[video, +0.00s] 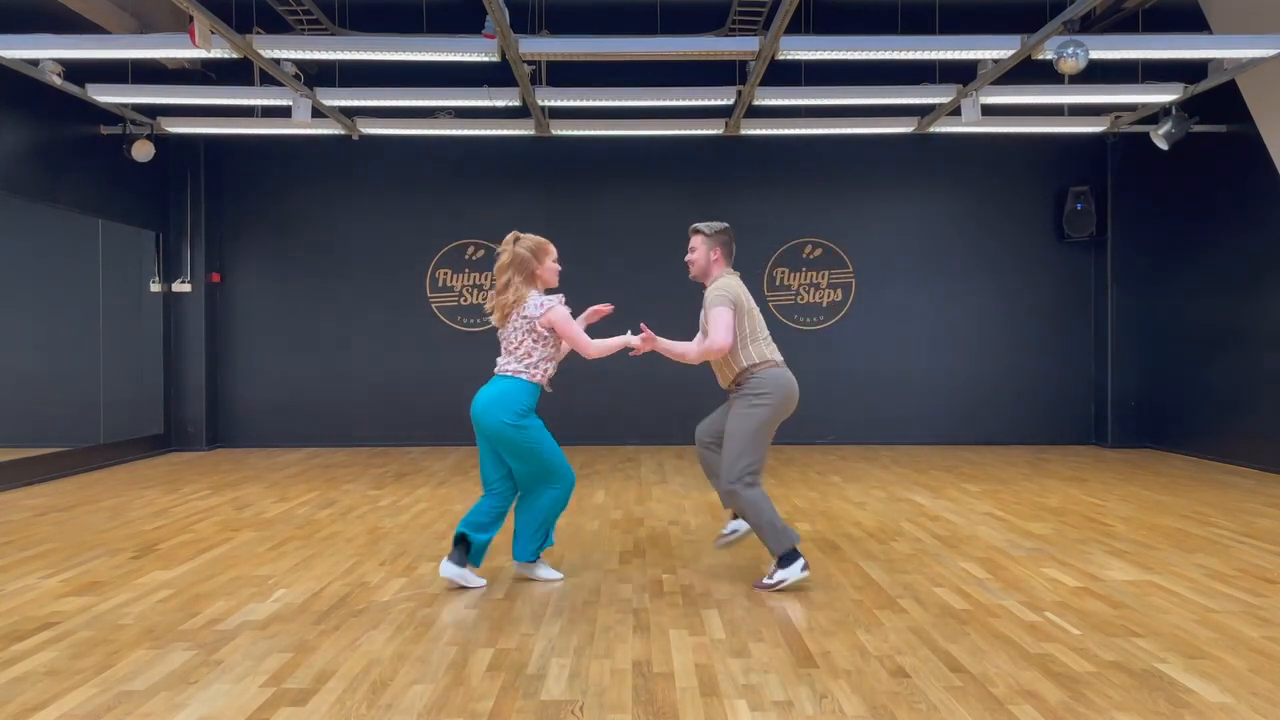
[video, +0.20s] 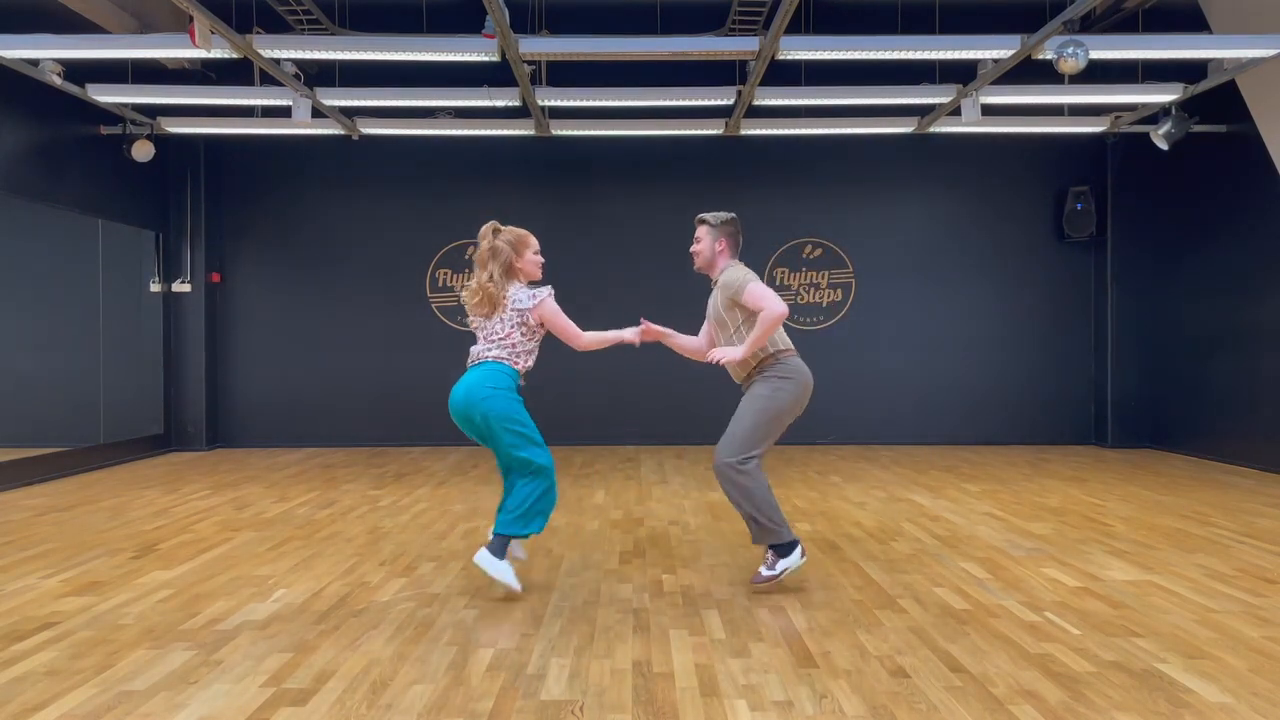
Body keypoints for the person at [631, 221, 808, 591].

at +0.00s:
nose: (687, 257)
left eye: (693, 250)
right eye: (688, 250)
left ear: (715, 255)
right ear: (714, 256)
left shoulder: (721, 288)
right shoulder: (720, 292)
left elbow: (721, 342)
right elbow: (695, 352)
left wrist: (693, 354)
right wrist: (656, 342)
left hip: (764, 384)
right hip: (756, 386)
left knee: (736, 480)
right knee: (707, 436)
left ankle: (789, 557)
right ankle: (741, 511)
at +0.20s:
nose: (691, 247)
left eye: (698, 240)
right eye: (693, 240)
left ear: (721, 246)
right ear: (714, 247)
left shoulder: (734, 276)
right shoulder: (718, 295)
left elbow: (775, 308)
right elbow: (703, 348)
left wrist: (742, 350)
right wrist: (663, 334)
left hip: (781, 374)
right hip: (769, 378)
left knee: (731, 460)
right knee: (732, 460)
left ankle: (784, 547)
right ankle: (780, 545)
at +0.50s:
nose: (681, 245)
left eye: (687, 237)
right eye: (681, 237)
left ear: (711, 238)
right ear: (705, 240)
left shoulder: (747, 268)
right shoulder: (685, 287)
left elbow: (761, 319)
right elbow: (656, 318)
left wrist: (706, 325)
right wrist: (621, 317)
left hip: (773, 374)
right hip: (736, 384)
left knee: (723, 445)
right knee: (699, 464)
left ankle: (752, 540)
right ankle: (733, 549)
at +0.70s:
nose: (669, 238)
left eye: (675, 231)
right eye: (669, 231)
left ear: (700, 231)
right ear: (694, 233)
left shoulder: (732, 269)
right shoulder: (675, 274)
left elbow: (703, 318)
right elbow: (658, 325)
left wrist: (651, 325)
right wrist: (633, 312)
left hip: (750, 375)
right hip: (713, 381)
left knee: (723, 454)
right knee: (691, 467)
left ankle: (727, 562)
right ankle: (731, 556)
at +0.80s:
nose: (659, 235)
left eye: (665, 227)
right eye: (659, 227)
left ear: (690, 228)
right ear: (686, 230)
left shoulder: (708, 265)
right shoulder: (687, 269)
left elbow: (679, 328)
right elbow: (693, 323)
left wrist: (632, 336)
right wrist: (657, 316)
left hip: (742, 377)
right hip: (701, 381)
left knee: (720, 460)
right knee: (662, 455)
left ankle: (751, 546)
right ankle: (694, 539)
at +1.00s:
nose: (656, 237)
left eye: (665, 231)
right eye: (651, 230)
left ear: (684, 238)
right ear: (645, 234)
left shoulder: (685, 280)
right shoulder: (658, 280)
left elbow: (673, 337)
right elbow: (660, 324)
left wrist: (626, 319)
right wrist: (639, 310)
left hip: (712, 384)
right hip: (677, 388)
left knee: (715, 474)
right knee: (643, 463)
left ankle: (757, 563)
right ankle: (667, 544)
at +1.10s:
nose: (647, 222)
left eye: (656, 215)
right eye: (642, 214)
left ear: (672, 223)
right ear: (633, 218)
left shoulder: (670, 260)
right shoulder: (638, 260)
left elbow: (616, 277)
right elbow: (657, 308)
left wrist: (576, 234)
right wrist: (627, 308)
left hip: (697, 367)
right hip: (658, 376)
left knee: (733, 450)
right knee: (635, 458)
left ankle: (771, 539)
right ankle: (656, 538)